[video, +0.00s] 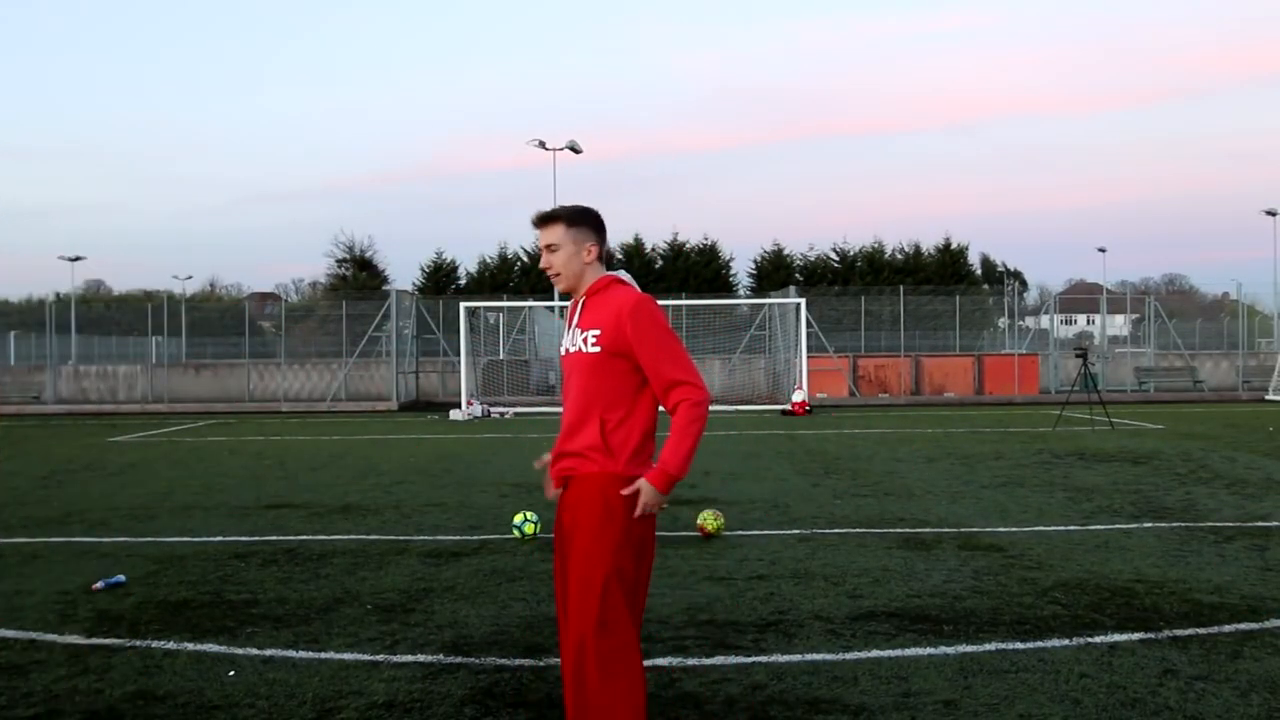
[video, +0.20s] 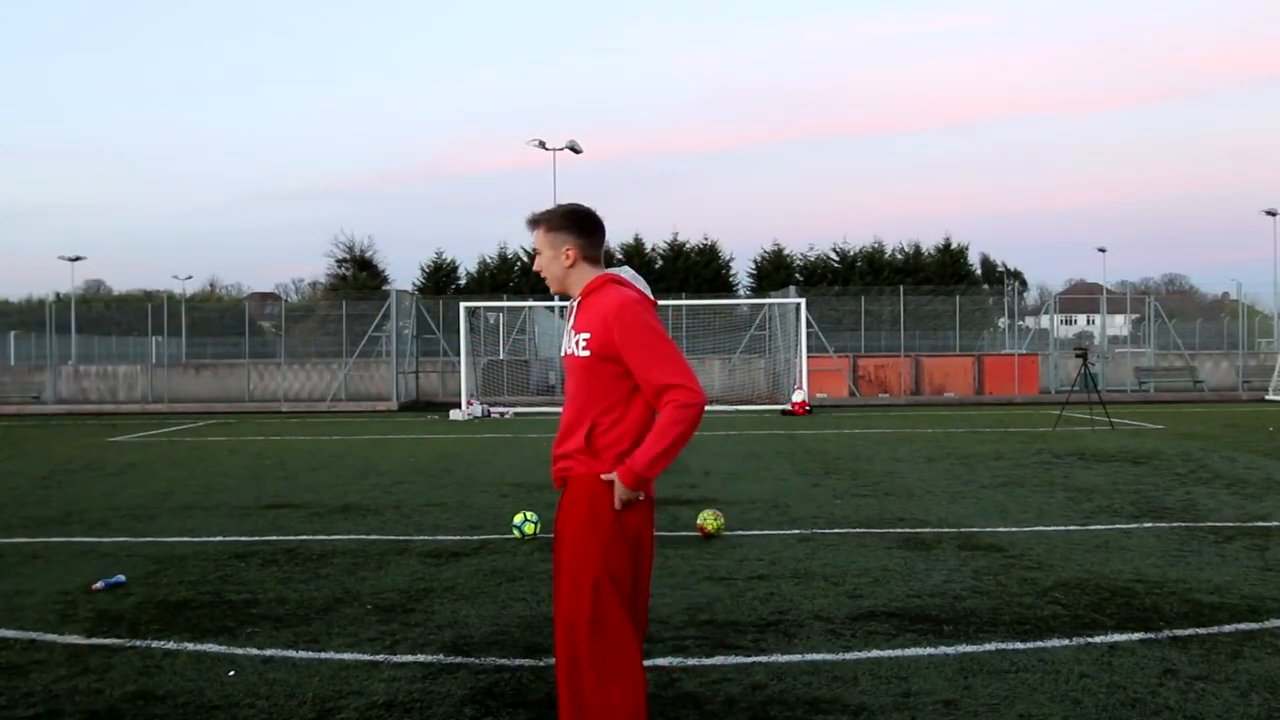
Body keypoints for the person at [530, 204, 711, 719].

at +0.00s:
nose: (543, 263)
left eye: (552, 250)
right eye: (541, 253)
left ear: (590, 250)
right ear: (579, 254)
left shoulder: (628, 305)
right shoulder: (580, 309)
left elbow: (691, 397)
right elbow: (594, 401)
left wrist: (662, 478)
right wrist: (560, 457)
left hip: (614, 493)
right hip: (577, 493)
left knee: (603, 639)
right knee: (576, 638)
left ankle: (615, 716)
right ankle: (583, 715)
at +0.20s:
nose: (534, 267)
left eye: (538, 254)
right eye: (534, 255)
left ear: (570, 252)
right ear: (576, 253)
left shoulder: (618, 304)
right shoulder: (591, 305)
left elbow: (685, 398)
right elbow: (630, 398)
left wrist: (632, 475)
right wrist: (582, 466)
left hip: (606, 498)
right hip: (586, 495)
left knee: (600, 646)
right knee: (579, 644)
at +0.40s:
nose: (535, 268)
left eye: (535, 256)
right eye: (533, 257)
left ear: (556, 256)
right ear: (585, 251)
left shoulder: (600, 305)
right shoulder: (610, 299)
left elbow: (663, 396)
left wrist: (601, 465)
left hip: (607, 502)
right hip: (609, 498)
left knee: (604, 644)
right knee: (597, 641)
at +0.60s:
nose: (537, 263)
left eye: (536, 253)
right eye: (535, 254)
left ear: (548, 253)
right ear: (592, 247)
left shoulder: (588, 303)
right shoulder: (627, 296)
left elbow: (630, 391)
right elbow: (691, 354)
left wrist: (580, 455)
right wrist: (648, 415)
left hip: (606, 495)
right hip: (637, 492)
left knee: (604, 637)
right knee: (631, 632)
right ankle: (633, 710)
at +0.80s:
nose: (543, 263)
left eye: (541, 254)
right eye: (541, 255)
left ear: (549, 254)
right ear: (598, 250)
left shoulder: (579, 301)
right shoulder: (634, 301)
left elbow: (616, 383)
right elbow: (692, 378)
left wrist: (570, 458)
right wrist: (645, 441)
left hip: (598, 496)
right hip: (638, 494)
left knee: (600, 632)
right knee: (639, 626)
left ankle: (610, 713)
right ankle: (642, 710)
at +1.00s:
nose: (550, 266)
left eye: (547, 258)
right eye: (549, 259)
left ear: (554, 257)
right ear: (602, 253)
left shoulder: (583, 296)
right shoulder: (632, 299)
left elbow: (614, 370)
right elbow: (686, 384)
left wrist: (542, 417)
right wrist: (621, 412)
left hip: (591, 486)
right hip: (634, 485)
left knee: (587, 631)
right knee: (635, 626)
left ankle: (596, 715)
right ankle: (635, 713)